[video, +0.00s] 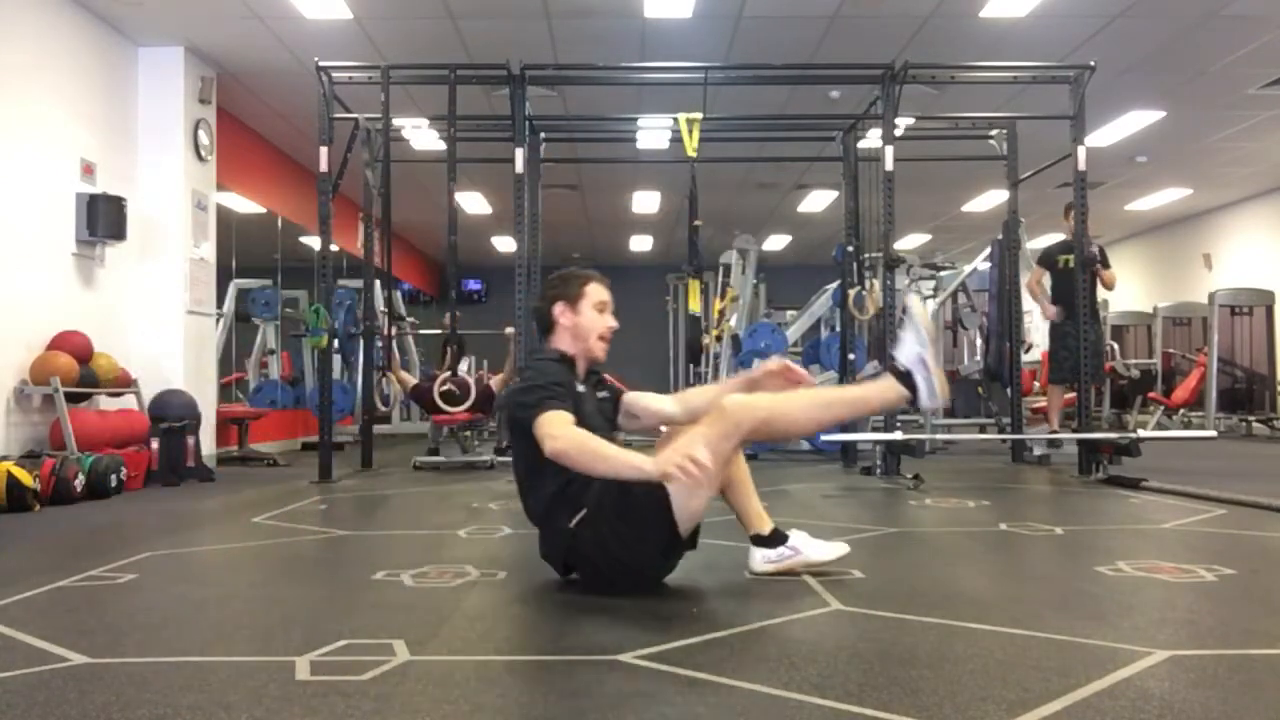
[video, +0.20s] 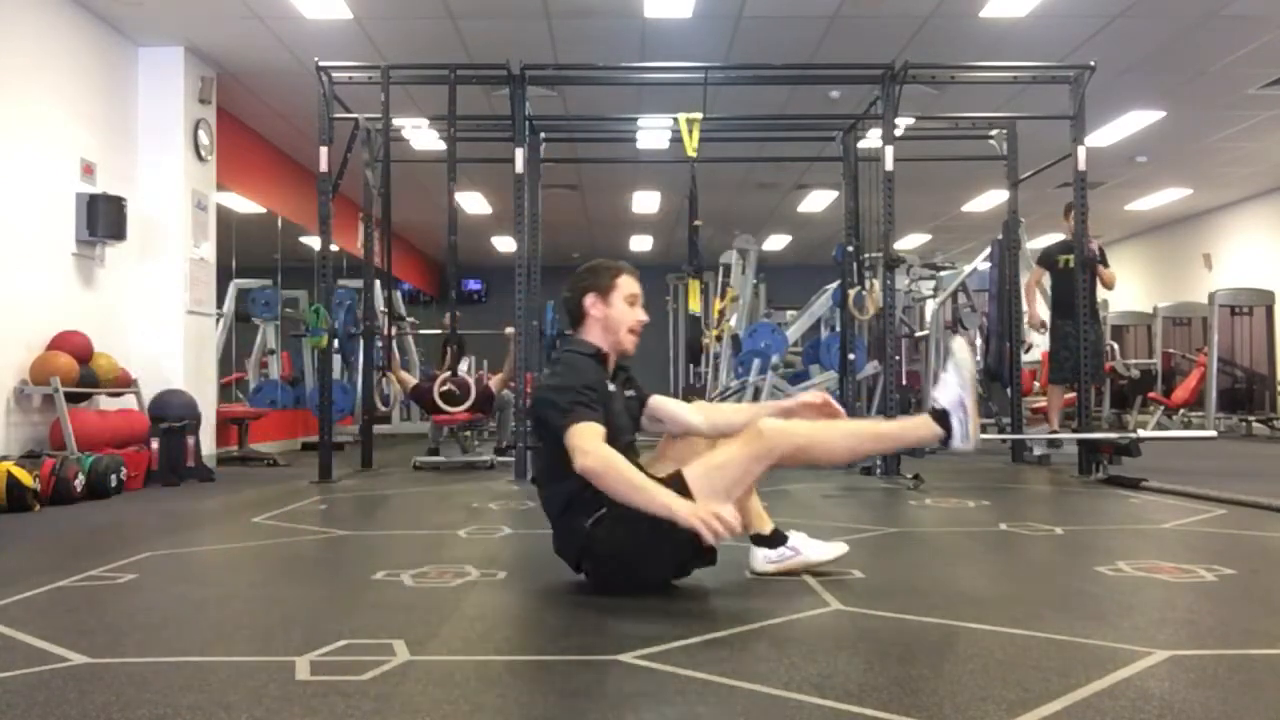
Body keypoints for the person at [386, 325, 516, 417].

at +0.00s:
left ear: (434, 392)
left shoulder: (427, 399)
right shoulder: (481, 399)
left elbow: (396, 371)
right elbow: (507, 375)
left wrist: (389, 340)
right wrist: (512, 341)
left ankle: (433, 444)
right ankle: (501, 443)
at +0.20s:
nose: (450, 380)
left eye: (444, 386)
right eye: (454, 384)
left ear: (436, 393)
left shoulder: (427, 398)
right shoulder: (481, 398)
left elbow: (397, 372)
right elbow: (507, 375)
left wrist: (389, 341)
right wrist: (512, 341)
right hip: (476, 407)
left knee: (438, 412)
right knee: (507, 397)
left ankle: (433, 445)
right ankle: (503, 444)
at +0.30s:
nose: (449, 384)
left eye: (444, 386)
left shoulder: (428, 398)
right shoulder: (480, 399)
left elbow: (396, 371)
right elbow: (506, 375)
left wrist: (389, 340)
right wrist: (512, 342)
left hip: (439, 408)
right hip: (475, 407)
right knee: (507, 397)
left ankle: (433, 446)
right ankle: (502, 444)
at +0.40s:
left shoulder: (428, 398)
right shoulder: (480, 399)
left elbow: (396, 371)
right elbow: (505, 375)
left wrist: (389, 340)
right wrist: (511, 342)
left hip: (439, 409)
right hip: (475, 408)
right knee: (507, 397)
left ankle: (433, 446)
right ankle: (502, 444)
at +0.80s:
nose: (447, 382)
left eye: (444, 384)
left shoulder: (428, 398)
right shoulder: (480, 398)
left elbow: (397, 370)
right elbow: (503, 374)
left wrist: (389, 339)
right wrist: (511, 340)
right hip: (476, 405)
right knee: (506, 397)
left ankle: (433, 446)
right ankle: (502, 444)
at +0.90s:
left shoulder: (428, 398)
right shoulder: (480, 398)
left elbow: (397, 370)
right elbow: (502, 373)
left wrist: (389, 338)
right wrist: (511, 340)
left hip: (438, 406)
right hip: (475, 404)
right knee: (505, 397)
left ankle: (433, 445)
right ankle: (502, 444)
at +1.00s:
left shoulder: (428, 398)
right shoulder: (480, 399)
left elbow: (397, 370)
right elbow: (501, 373)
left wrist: (389, 338)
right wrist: (511, 340)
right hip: (476, 404)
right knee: (505, 397)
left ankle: (433, 446)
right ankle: (502, 444)